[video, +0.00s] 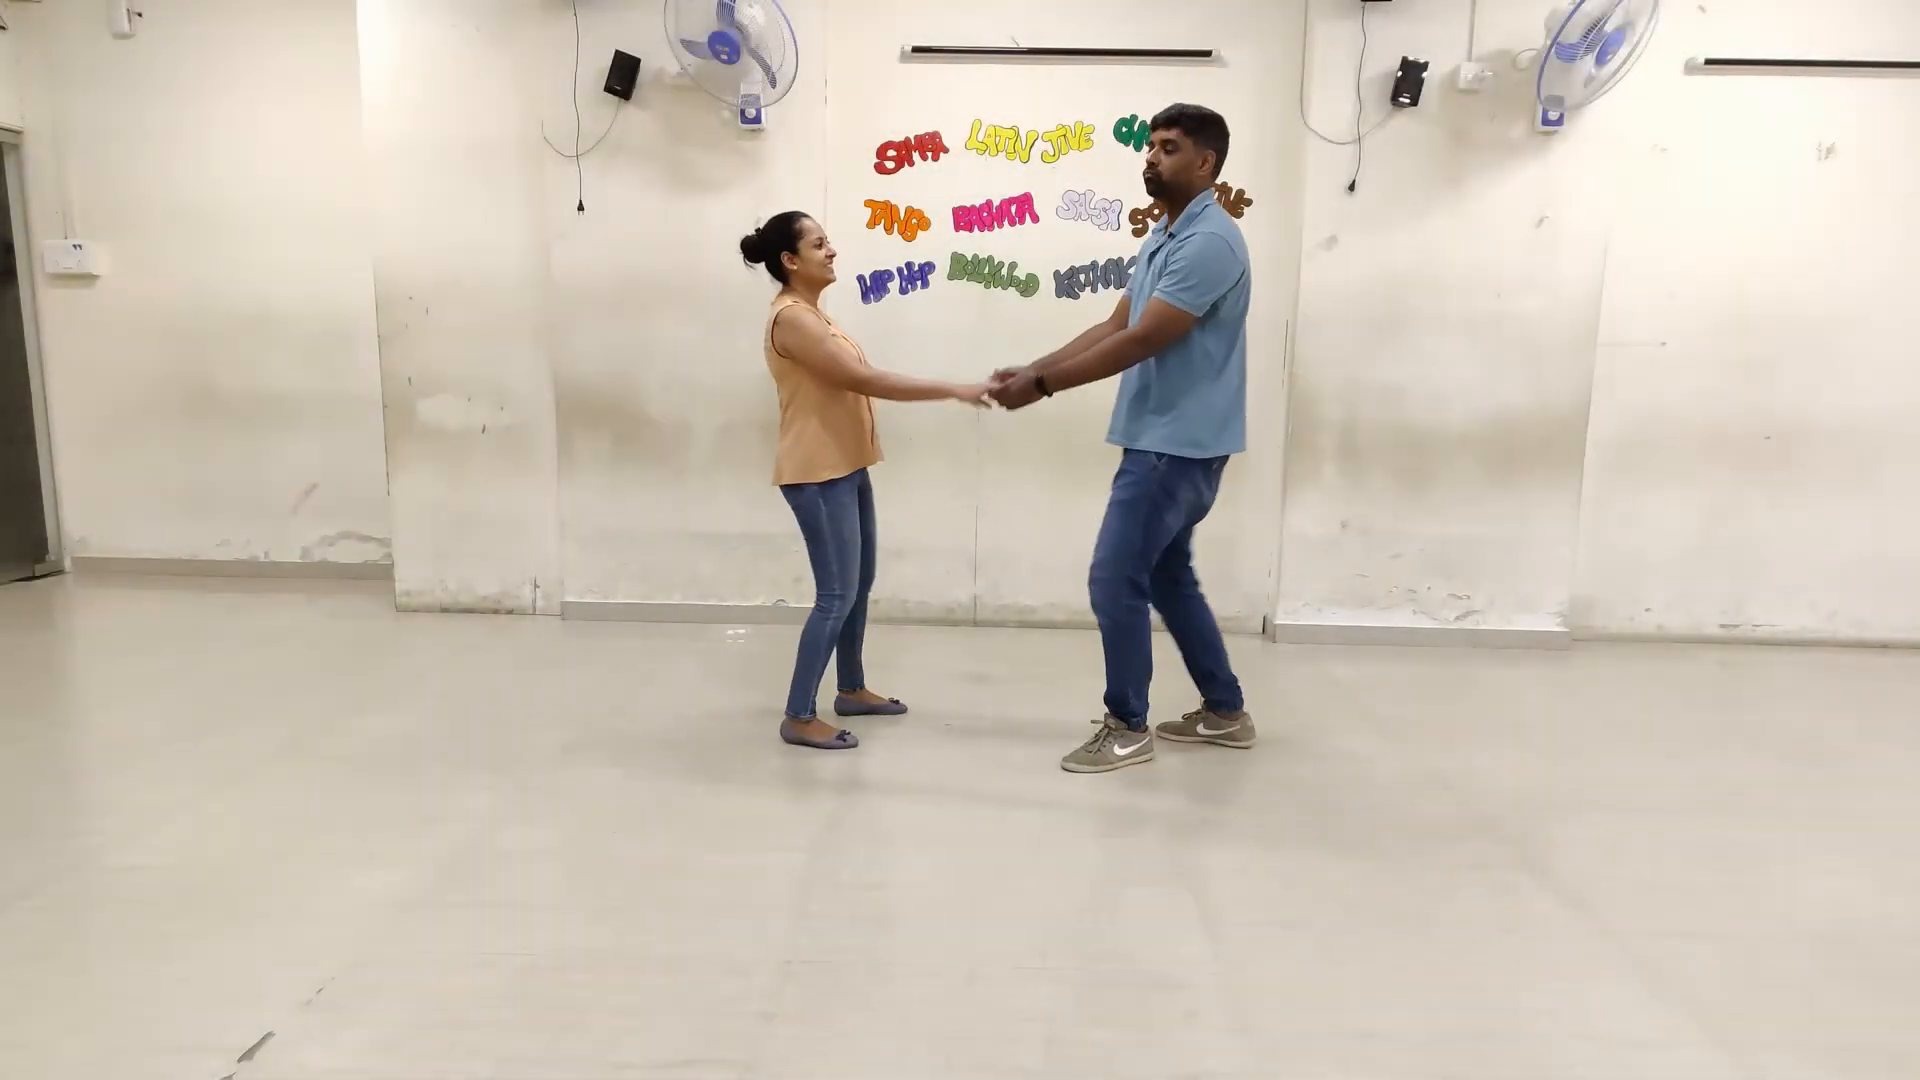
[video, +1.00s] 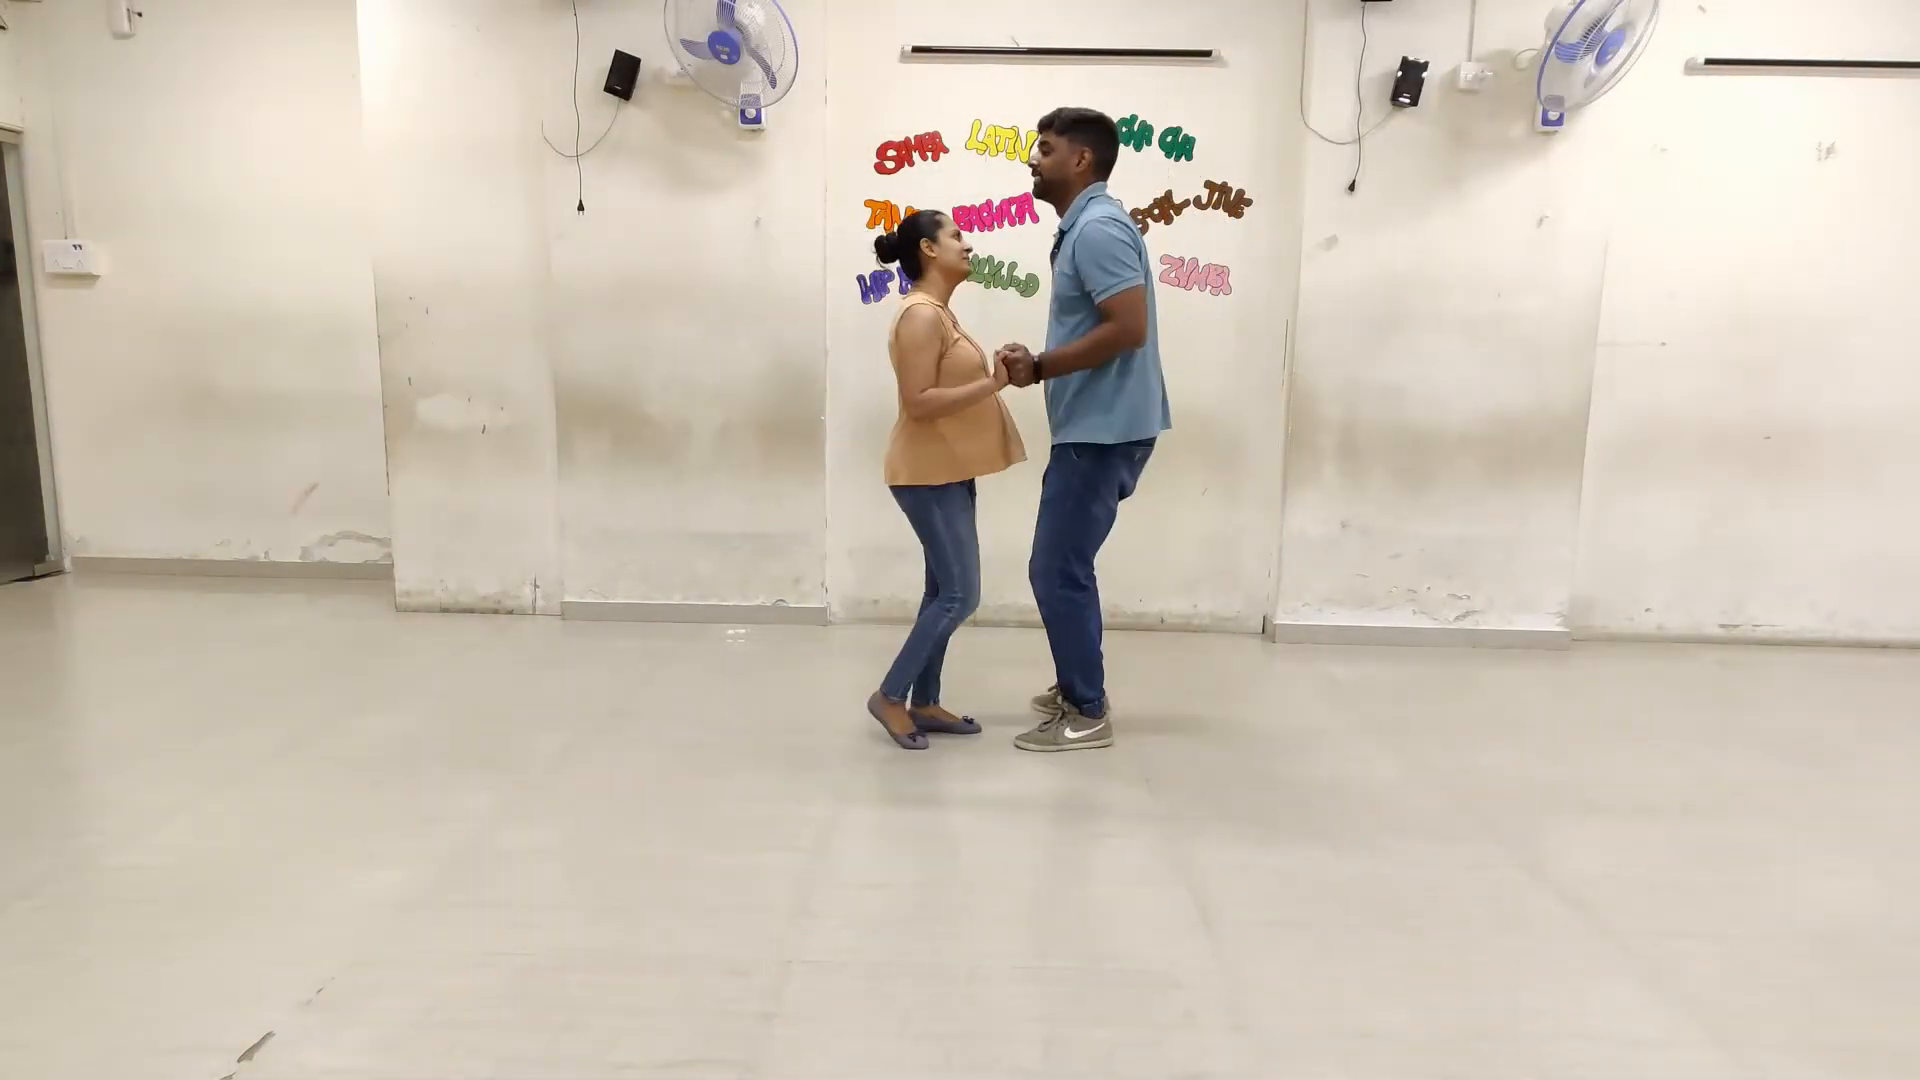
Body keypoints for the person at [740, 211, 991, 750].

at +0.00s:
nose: (831, 251)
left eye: (827, 242)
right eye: (818, 246)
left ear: (805, 258)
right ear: (790, 261)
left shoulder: (813, 312)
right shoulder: (792, 319)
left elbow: (857, 382)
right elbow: (864, 379)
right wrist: (956, 390)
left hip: (847, 470)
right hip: (817, 475)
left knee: (858, 585)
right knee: (836, 594)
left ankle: (852, 691)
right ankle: (798, 717)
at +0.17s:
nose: (827, 250)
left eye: (822, 241)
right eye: (815, 244)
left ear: (791, 258)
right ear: (786, 259)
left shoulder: (798, 311)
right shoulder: (787, 316)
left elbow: (878, 359)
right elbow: (878, 359)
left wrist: (964, 359)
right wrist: (969, 359)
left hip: (825, 469)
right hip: (803, 473)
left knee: (841, 584)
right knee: (826, 593)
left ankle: (855, 693)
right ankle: (798, 719)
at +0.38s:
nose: (847, 244)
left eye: (842, 235)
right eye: (835, 238)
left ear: (813, 251)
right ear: (806, 252)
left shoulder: (817, 305)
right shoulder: (804, 309)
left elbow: (886, 362)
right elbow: (889, 363)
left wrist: (958, 342)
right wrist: (967, 336)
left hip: (839, 468)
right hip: (806, 472)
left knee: (885, 563)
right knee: (820, 593)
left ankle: (867, 683)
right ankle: (795, 718)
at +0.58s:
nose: (900, 267)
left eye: (896, 258)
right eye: (889, 259)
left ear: (865, 272)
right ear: (860, 271)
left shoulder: (871, 332)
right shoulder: (853, 334)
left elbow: (903, 418)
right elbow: (889, 422)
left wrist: (981, 420)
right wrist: (977, 429)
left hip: (882, 493)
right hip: (849, 496)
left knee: (933, 584)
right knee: (863, 614)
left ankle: (923, 706)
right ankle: (799, 719)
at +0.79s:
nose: (947, 246)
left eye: (943, 238)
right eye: (936, 238)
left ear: (911, 250)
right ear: (907, 249)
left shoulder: (919, 311)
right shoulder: (900, 314)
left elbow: (926, 398)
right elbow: (917, 404)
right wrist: (993, 380)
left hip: (930, 469)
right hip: (900, 473)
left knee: (951, 587)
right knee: (931, 594)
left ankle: (925, 702)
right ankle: (842, 685)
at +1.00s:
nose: (967, 244)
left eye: (963, 235)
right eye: (956, 237)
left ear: (932, 251)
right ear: (929, 250)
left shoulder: (939, 311)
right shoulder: (919, 315)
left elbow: (944, 390)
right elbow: (917, 403)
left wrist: (994, 370)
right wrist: (990, 382)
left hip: (949, 472)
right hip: (926, 476)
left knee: (943, 591)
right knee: (960, 594)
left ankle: (925, 702)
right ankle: (889, 698)